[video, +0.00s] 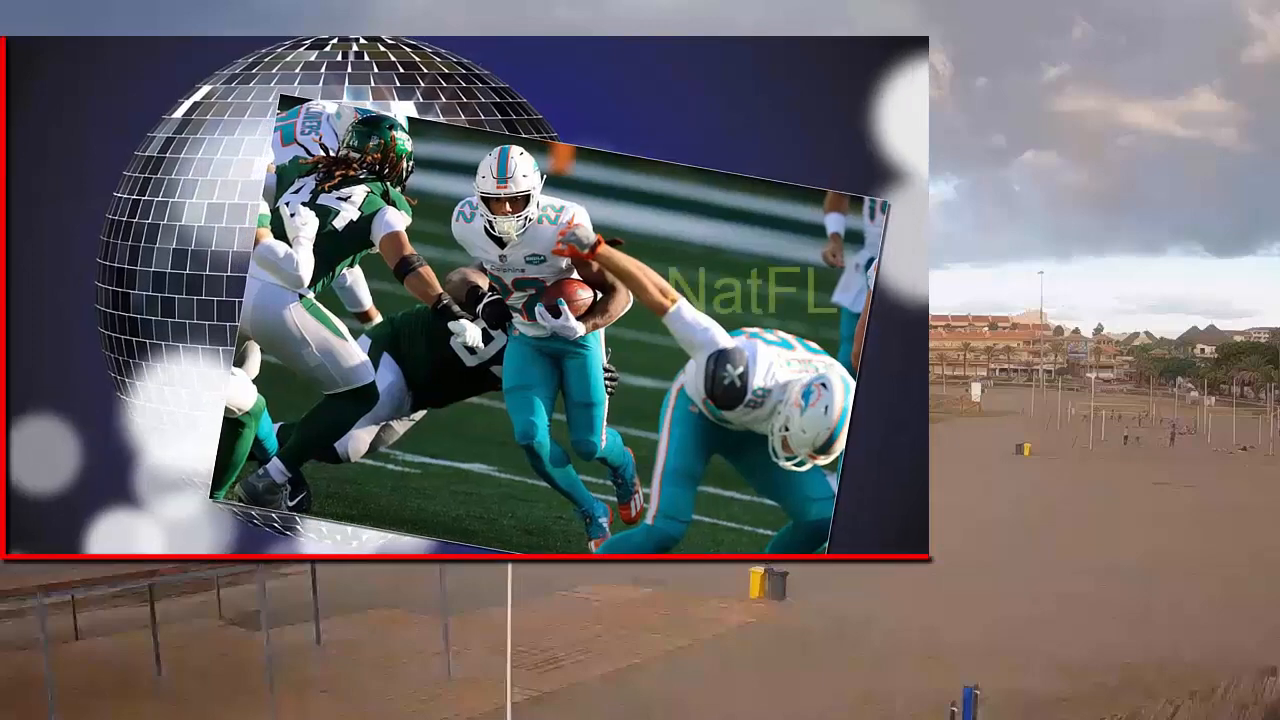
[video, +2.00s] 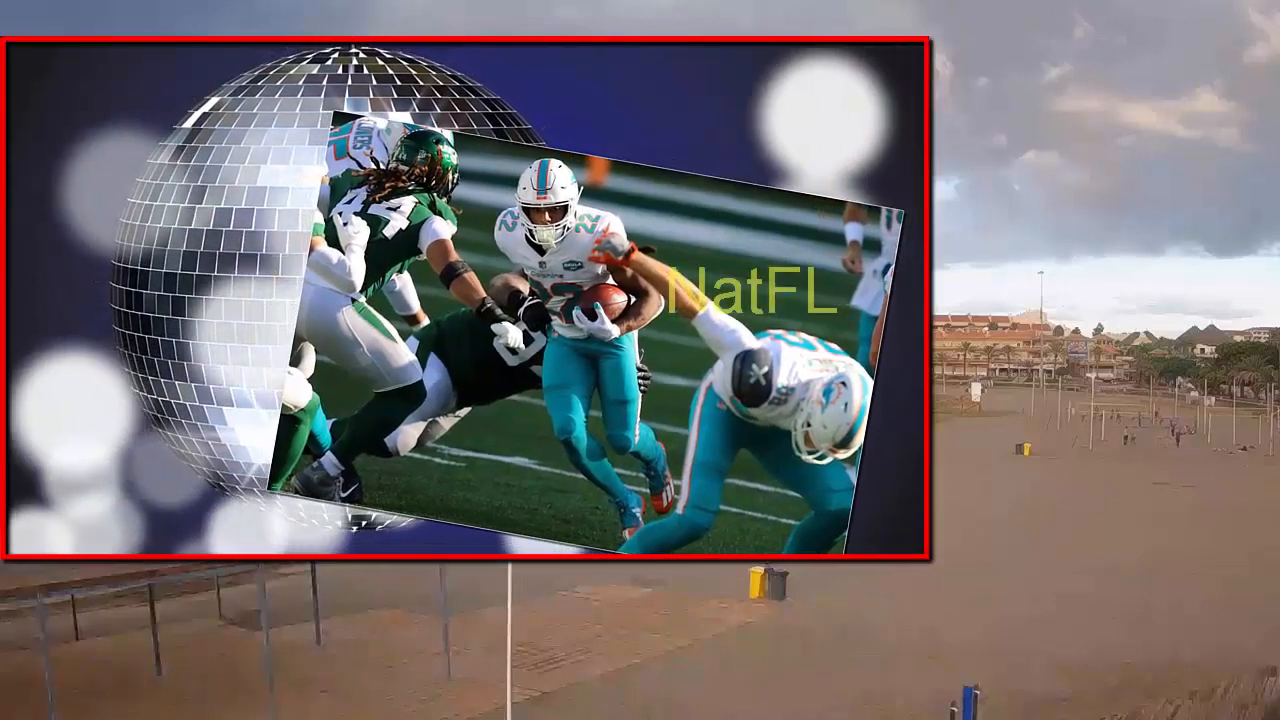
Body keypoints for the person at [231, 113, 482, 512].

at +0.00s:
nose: (406, 167)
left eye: (405, 159)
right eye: (404, 159)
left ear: (347, 147)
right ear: (391, 160)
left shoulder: (300, 171)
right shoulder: (379, 204)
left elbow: (244, 192)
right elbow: (406, 264)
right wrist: (448, 309)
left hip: (230, 280)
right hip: (280, 300)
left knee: (235, 379)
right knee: (360, 391)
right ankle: (271, 477)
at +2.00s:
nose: (451, 181)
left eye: (450, 174)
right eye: (449, 173)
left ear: (396, 160)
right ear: (439, 175)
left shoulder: (350, 183)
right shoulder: (425, 214)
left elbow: (301, 202)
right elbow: (451, 270)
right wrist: (493, 316)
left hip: (287, 285)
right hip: (334, 304)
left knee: (292, 372)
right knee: (408, 389)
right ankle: (326, 470)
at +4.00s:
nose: (496, 191)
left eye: (496, 184)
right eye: (493, 184)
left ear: (446, 173)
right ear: (482, 185)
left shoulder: (401, 194)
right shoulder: (472, 223)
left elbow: (357, 219)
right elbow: (497, 275)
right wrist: (535, 317)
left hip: (341, 289)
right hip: (387, 307)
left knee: (348, 371)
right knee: (457, 387)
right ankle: (381, 461)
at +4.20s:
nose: (501, 194)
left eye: (501, 186)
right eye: (499, 186)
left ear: (451, 175)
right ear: (489, 187)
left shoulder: (409, 195)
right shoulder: (478, 222)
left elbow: (363, 220)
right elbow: (501, 276)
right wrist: (539, 318)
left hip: (347, 290)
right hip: (391, 307)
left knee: (354, 374)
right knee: (462, 386)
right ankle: (386, 461)